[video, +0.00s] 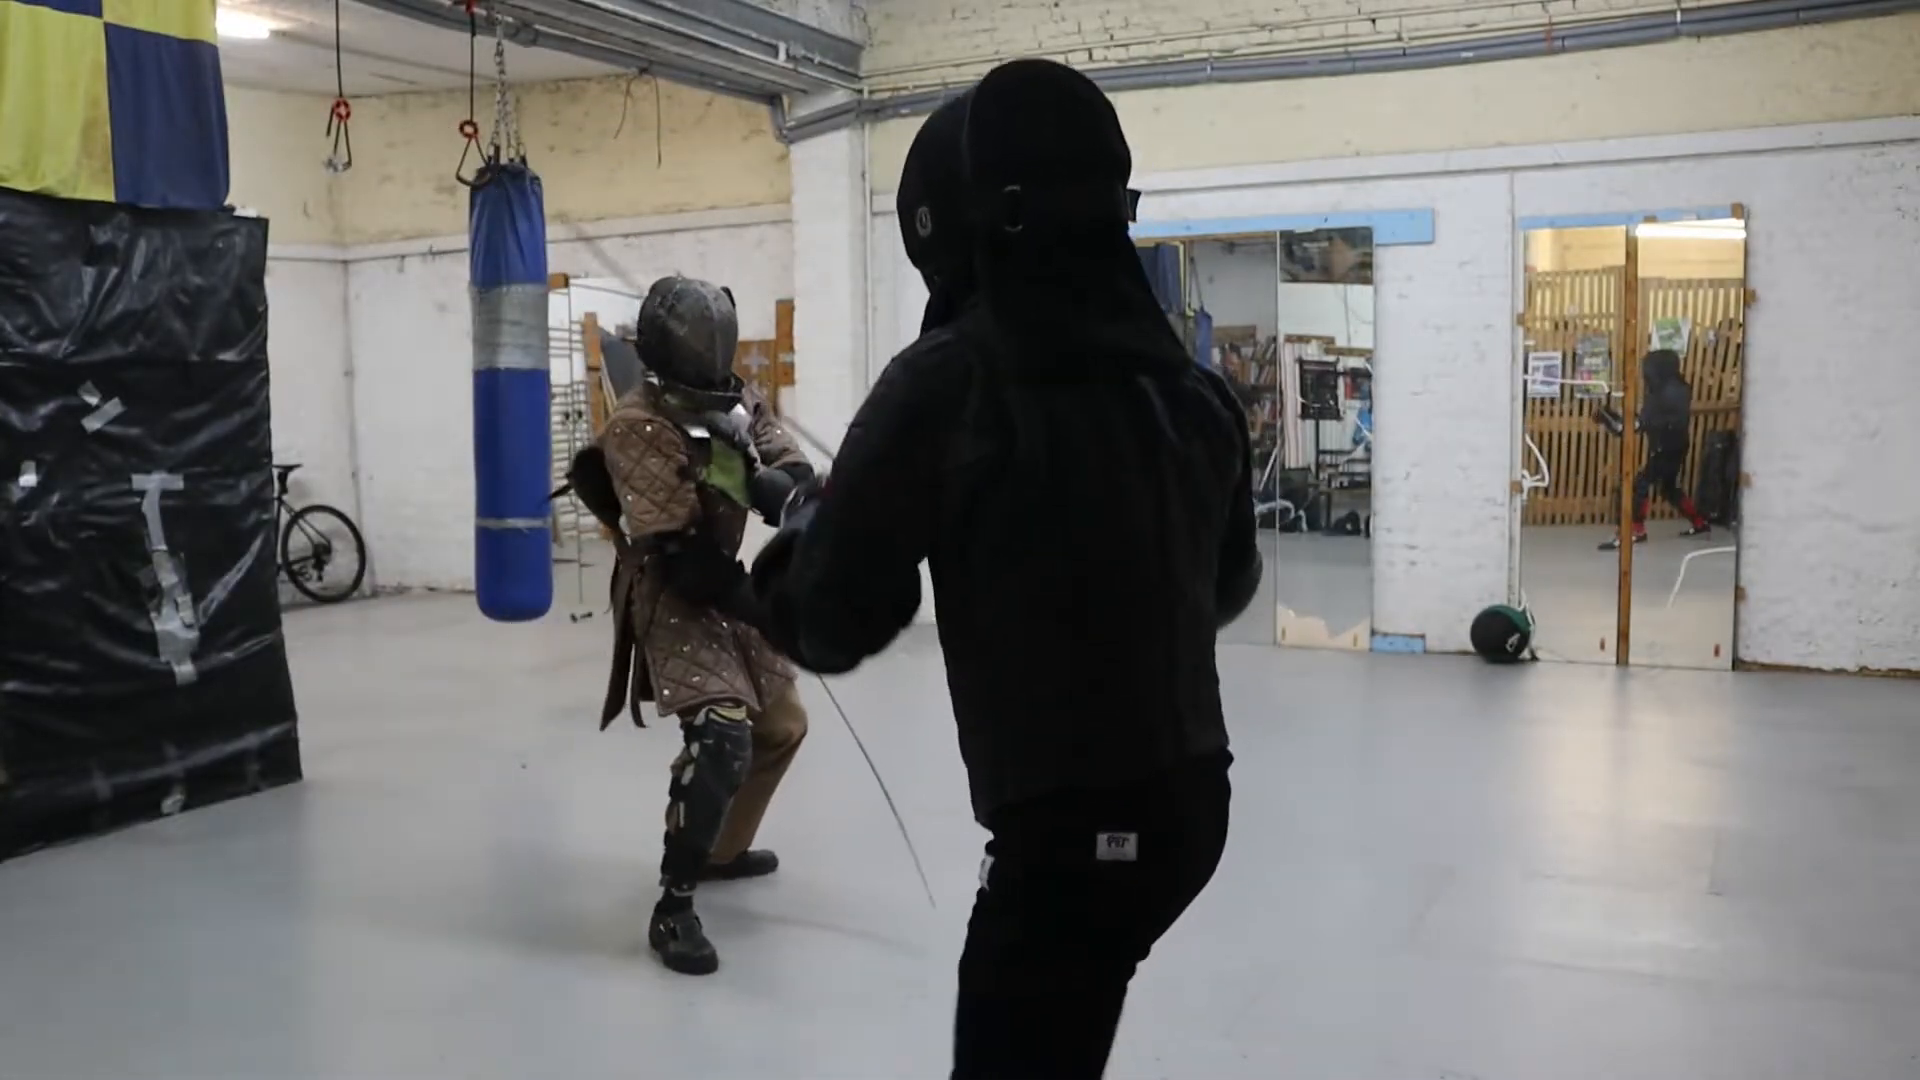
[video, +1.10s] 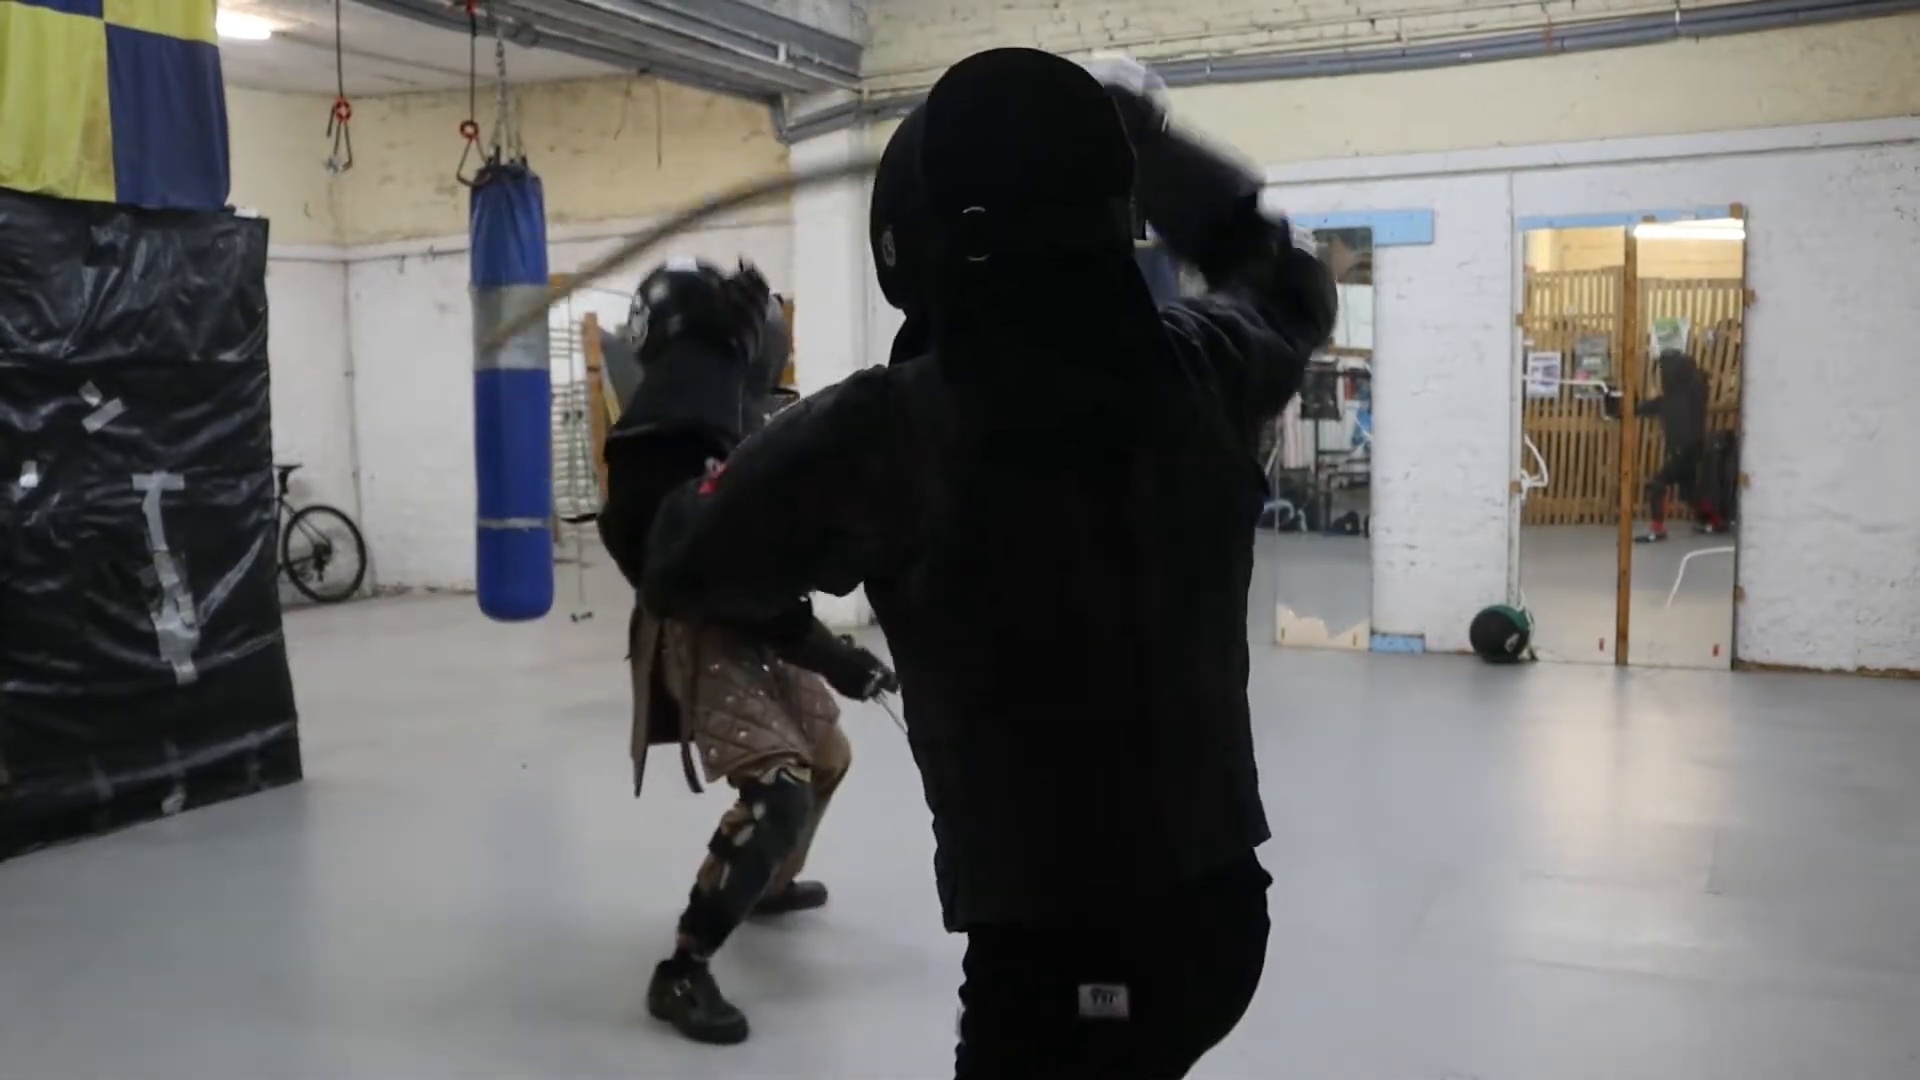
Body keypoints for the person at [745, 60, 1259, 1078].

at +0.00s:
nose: (919, 256)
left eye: (924, 227)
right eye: (917, 229)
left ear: (957, 224)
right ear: (1107, 213)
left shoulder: (941, 386)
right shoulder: (1193, 390)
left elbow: (829, 624)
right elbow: (1226, 585)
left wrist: (795, 533)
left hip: (1057, 824)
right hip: (1189, 803)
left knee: (1005, 1061)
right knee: (1059, 1048)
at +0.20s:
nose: (905, 267)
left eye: (912, 237)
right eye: (902, 238)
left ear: (957, 236)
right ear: (1091, 230)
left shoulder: (928, 406)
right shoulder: (1190, 408)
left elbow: (857, 712)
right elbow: (1248, 640)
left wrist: (789, 679)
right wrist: (1120, 658)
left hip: (1051, 847)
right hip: (1190, 828)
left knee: (1020, 1059)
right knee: (1078, 1044)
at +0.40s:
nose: (892, 272)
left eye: (900, 243)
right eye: (889, 245)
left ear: (949, 239)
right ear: (1077, 230)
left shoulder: (928, 404)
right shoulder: (1177, 405)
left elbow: (817, 678)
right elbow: (1223, 632)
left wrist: (762, 611)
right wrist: (1090, 663)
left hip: (1040, 851)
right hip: (1175, 833)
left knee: (998, 1063)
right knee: (1059, 1056)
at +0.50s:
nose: (894, 275)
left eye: (901, 244)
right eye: (890, 246)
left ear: (949, 239)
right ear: (1077, 230)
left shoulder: (937, 400)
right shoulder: (1147, 387)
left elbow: (779, 617)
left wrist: (760, 505)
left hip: (1043, 866)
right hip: (1161, 845)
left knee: (945, 1066)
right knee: (1013, 1057)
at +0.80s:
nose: (890, 261)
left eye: (899, 232)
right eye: (890, 233)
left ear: (934, 234)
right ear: (1113, 218)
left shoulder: (898, 412)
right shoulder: (1198, 377)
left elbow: (735, 565)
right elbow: (1230, 336)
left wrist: (711, 454)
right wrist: (1123, 261)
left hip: (1011, 938)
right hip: (1188, 915)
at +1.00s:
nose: (872, 244)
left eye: (887, 216)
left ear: (917, 236)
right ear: (1114, 215)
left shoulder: (886, 424)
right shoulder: (1191, 366)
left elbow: (698, 548)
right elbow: (1256, 213)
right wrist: (1129, 70)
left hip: (1032, 949)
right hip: (1219, 924)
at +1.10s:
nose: (882, 261)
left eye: (893, 232)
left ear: (925, 239)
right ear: (1115, 221)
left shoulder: (885, 429)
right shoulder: (1203, 380)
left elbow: (688, 564)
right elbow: (1287, 285)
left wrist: (821, 646)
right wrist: (1153, 150)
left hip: (1034, 940)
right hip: (1217, 916)